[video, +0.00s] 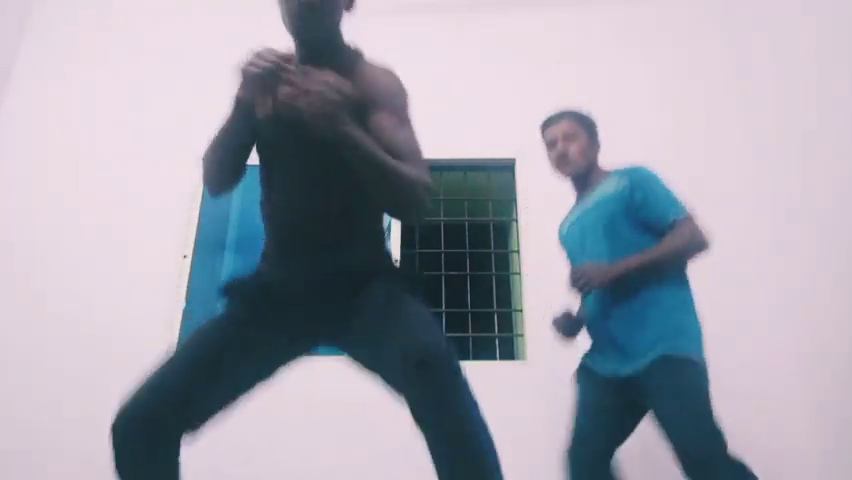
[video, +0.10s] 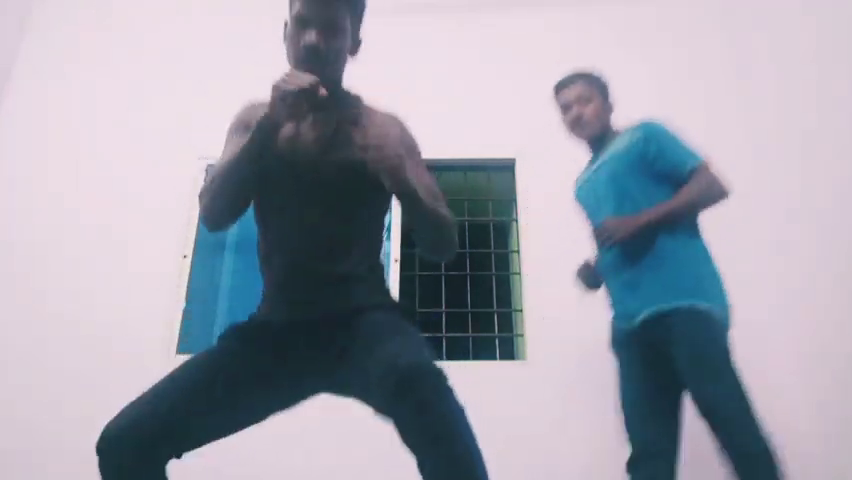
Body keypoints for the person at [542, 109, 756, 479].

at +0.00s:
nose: (560, 150)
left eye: (569, 138)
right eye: (551, 145)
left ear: (593, 142)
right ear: (548, 157)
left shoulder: (635, 182)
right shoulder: (570, 227)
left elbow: (692, 237)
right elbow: (598, 287)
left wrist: (615, 269)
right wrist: (577, 319)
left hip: (667, 351)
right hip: (610, 361)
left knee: (705, 463)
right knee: (585, 463)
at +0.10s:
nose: (576, 113)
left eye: (583, 101)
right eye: (566, 108)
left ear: (606, 103)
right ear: (563, 120)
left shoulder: (644, 136)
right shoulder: (584, 186)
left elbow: (711, 185)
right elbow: (621, 244)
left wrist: (636, 222)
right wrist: (597, 268)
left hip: (686, 302)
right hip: (631, 321)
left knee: (730, 422)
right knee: (649, 449)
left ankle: (762, 474)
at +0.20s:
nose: (600, 109)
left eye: (608, 97)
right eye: (590, 104)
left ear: (633, 97)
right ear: (587, 115)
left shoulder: (675, 130)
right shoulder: (612, 179)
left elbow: (736, 182)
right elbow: (639, 238)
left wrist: (661, 229)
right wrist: (619, 261)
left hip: (714, 312)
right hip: (658, 319)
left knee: (756, 415)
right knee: (651, 434)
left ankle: (819, 475)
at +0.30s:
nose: (621, 127)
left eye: (630, 116)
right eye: (612, 122)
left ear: (655, 118)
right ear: (608, 134)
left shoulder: (698, 155)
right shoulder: (633, 203)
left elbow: (756, 207)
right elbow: (664, 262)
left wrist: (675, 256)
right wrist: (641, 286)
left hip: (739, 339)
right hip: (681, 346)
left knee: (793, 453)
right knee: (662, 461)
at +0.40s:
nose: (632, 142)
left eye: (642, 130)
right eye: (623, 136)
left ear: (671, 133)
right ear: (619, 147)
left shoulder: (715, 176)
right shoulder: (644, 219)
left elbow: (776, 239)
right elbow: (692, 292)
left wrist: (688, 278)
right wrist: (661, 318)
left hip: (751, 351)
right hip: (694, 364)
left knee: (789, 469)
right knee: (679, 473)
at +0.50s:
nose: (615, 117)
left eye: (624, 105)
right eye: (610, 111)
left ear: (656, 105)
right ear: (609, 120)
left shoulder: (702, 142)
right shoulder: (648, 188)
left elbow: (761, 197)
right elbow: (691, 251)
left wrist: (682, 250)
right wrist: (665, 273)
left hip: (746, 318)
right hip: (694, 331)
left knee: (790, 428)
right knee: (698, 451)